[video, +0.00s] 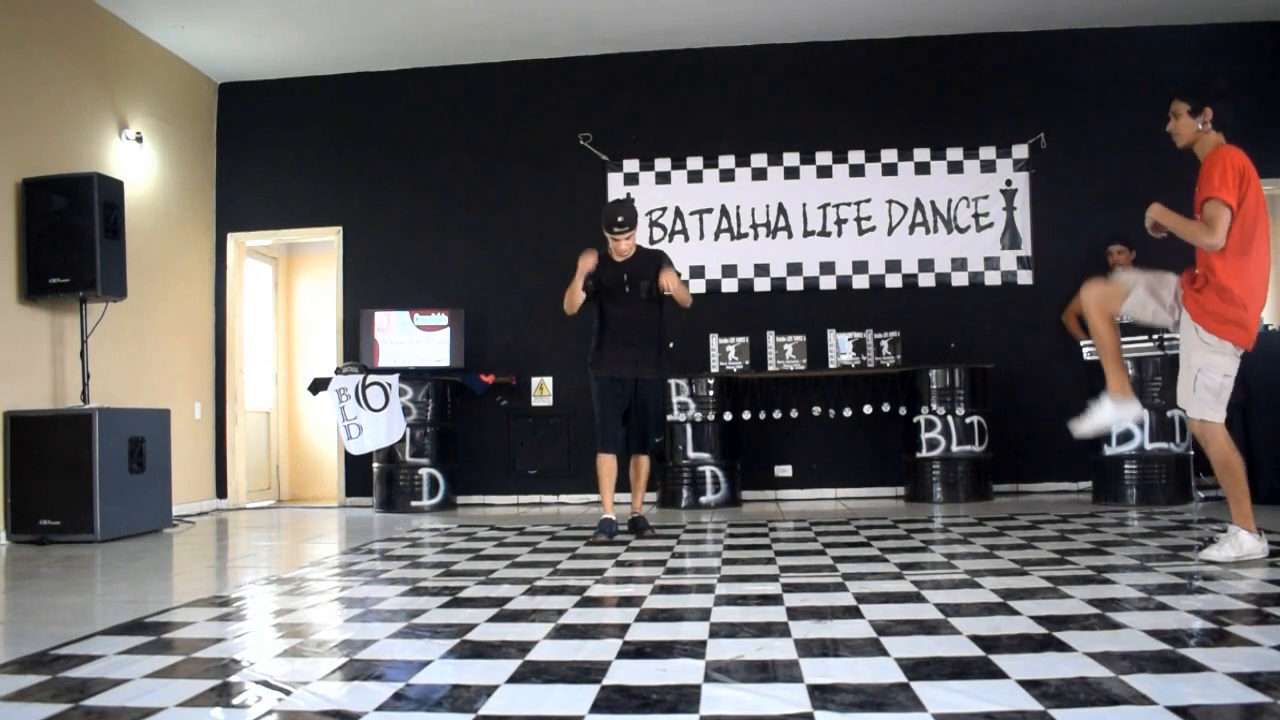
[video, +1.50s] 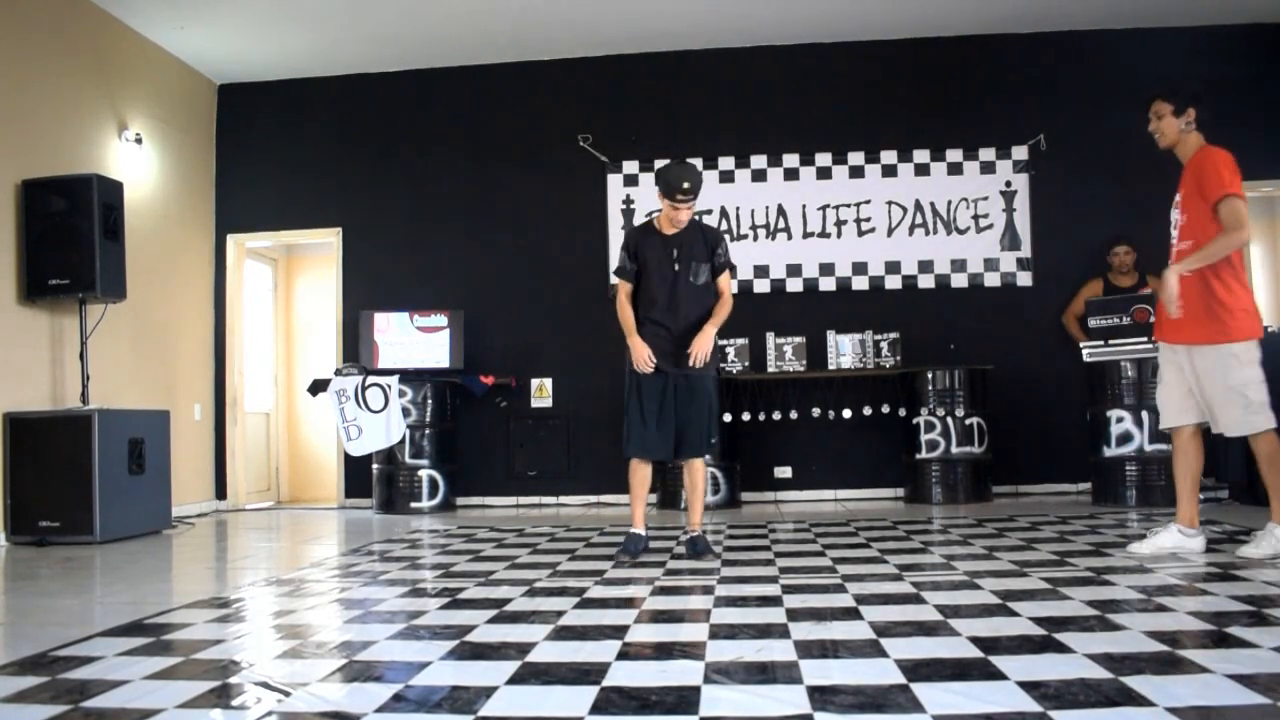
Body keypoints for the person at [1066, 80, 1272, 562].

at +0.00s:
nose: (1169, 125)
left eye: (1176, 116)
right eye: (1169, 116)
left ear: (1205, 118)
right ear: (1200, 120)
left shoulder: (1224, 161)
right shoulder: (1218, 163)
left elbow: (1213, 235)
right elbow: (1217, 245)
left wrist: (1163, 216)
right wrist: (1138, 265)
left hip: (1221, 312)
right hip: (1193, 293)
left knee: (1206, 422)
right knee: (1096, 294)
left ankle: (1246, 533)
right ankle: (1121, 400)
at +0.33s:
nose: (1153, 122)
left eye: (1159, 113)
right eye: (1154, 114)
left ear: (1185, 113)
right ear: (1186, 116)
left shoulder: (1191, 157)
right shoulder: (1210, 165)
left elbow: (1187, 234)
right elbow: (1251, 249)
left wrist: (1146, 227)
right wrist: (1228, 293)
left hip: (1191, 318)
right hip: (1166, 321)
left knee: (1211, 423)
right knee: (1163, 424)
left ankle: (1247, 532)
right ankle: (1184, 526)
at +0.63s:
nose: (1122, 139)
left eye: (1128, 131)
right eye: (1123, 131)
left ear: (1153, 134)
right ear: (1153, 135)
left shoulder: (1158, 172)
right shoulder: (1170, 174)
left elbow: (1133, 250)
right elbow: (1168, 258)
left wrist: (1116, 233)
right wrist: (1120, 260)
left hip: (1183, 292)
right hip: (1191, 305)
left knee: (1076, 289)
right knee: (1144, 412)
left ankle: (1041, 398)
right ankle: (1183, 525)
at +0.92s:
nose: (1109, 168)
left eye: (1107, 161)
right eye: (1111, 162)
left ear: (1111, 162)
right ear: (1149, 152)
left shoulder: (1175, 181)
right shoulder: (1124, 211)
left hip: (1186, 288)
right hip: (1148, 318)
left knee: (1146, 179)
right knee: (1106, 409)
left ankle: (1073, 262)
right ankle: (1164, 511)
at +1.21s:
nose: (1118, 130)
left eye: (1126, 120)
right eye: (1117, 122)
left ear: (1155, 121)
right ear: (1149, 126)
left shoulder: (1171, 170)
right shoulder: (1177, 171)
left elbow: (1140, 250)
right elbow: (1217, 242)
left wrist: (1123, 232)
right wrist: (1249, 300)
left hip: (1179, 297)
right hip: (1195, 301)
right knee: (1179, 415)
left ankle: (1194, 454)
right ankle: (1186, 529)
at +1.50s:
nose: (1151, 127)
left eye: (1159, 118)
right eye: (1150, 120)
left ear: (1188, 118)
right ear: (1175, 123)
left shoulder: (1212, 161)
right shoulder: (1188, 173)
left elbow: (1238, 230)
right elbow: (1203, 244)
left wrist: (1177, 268)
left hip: (1223, 327)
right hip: (1181, 327)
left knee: (1257, 425)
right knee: (1182, 423)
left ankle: (1278, 523)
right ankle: (1186, 528)